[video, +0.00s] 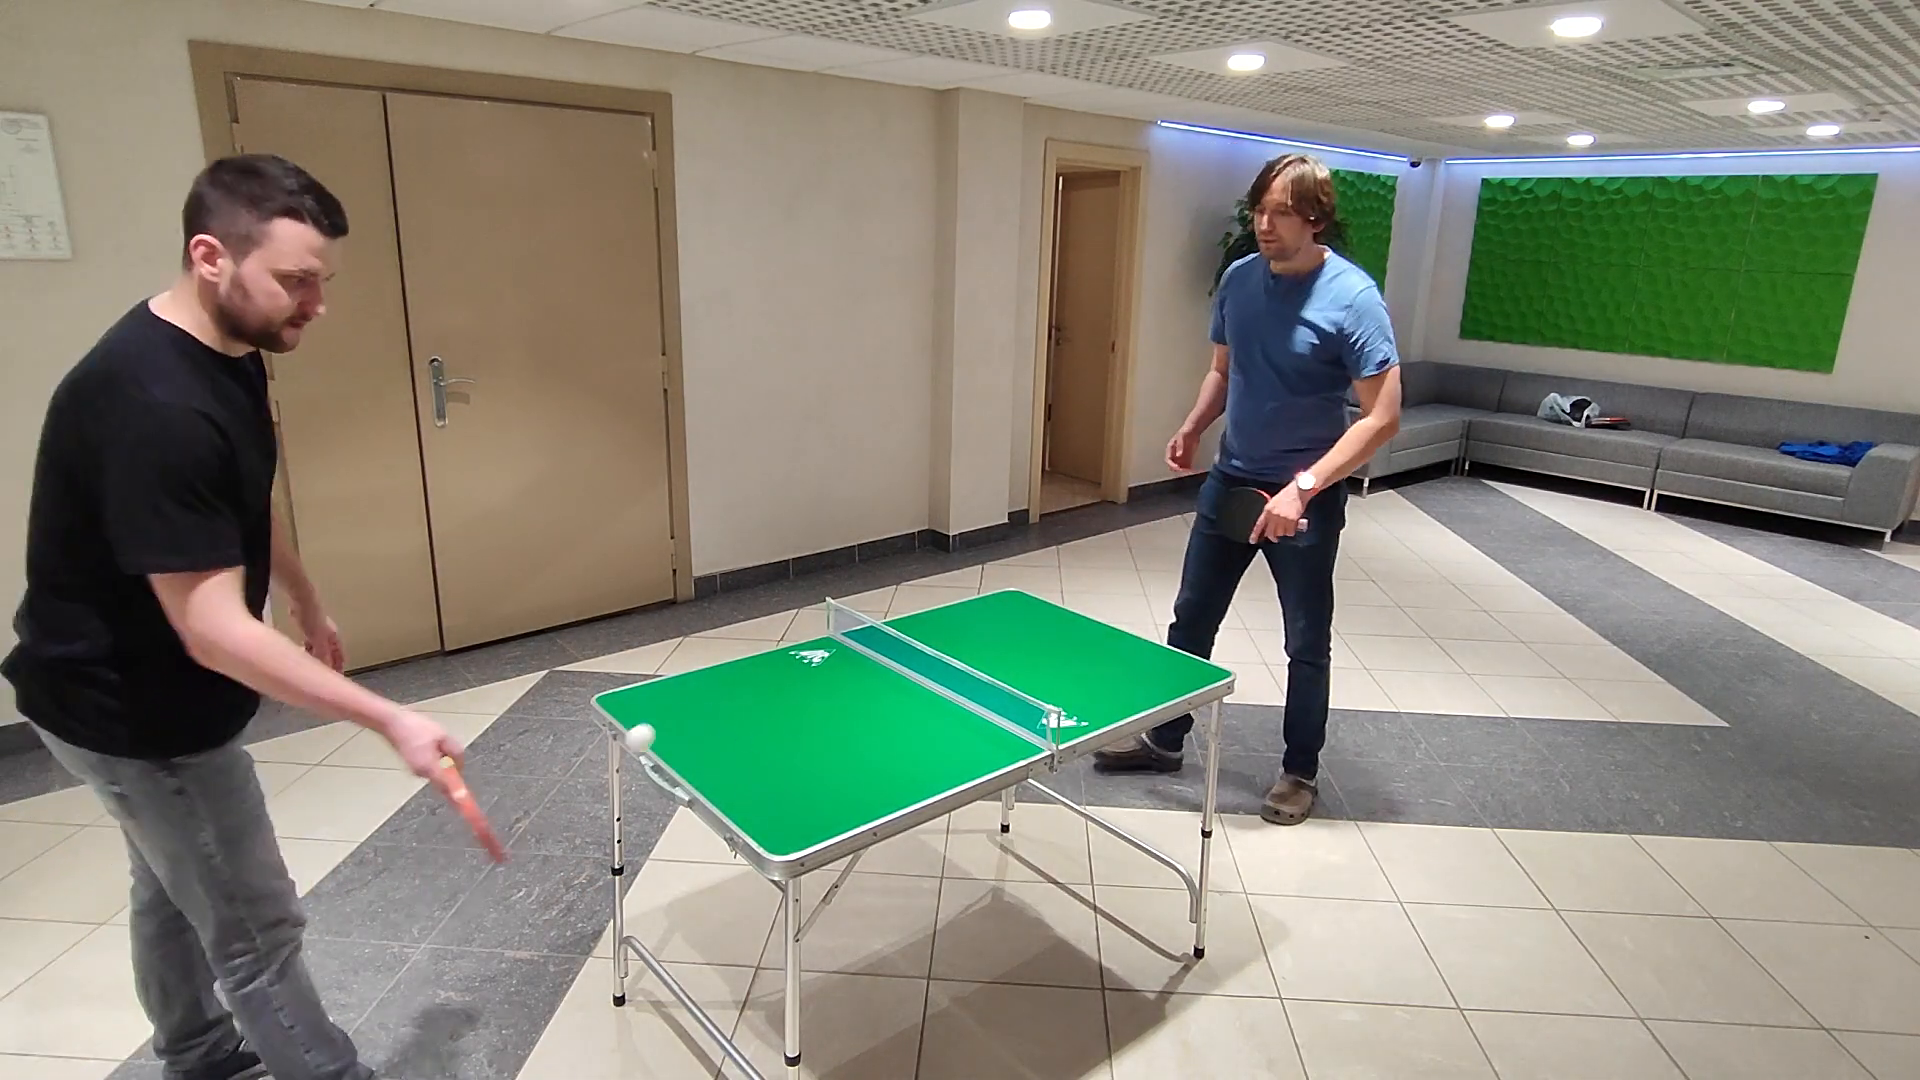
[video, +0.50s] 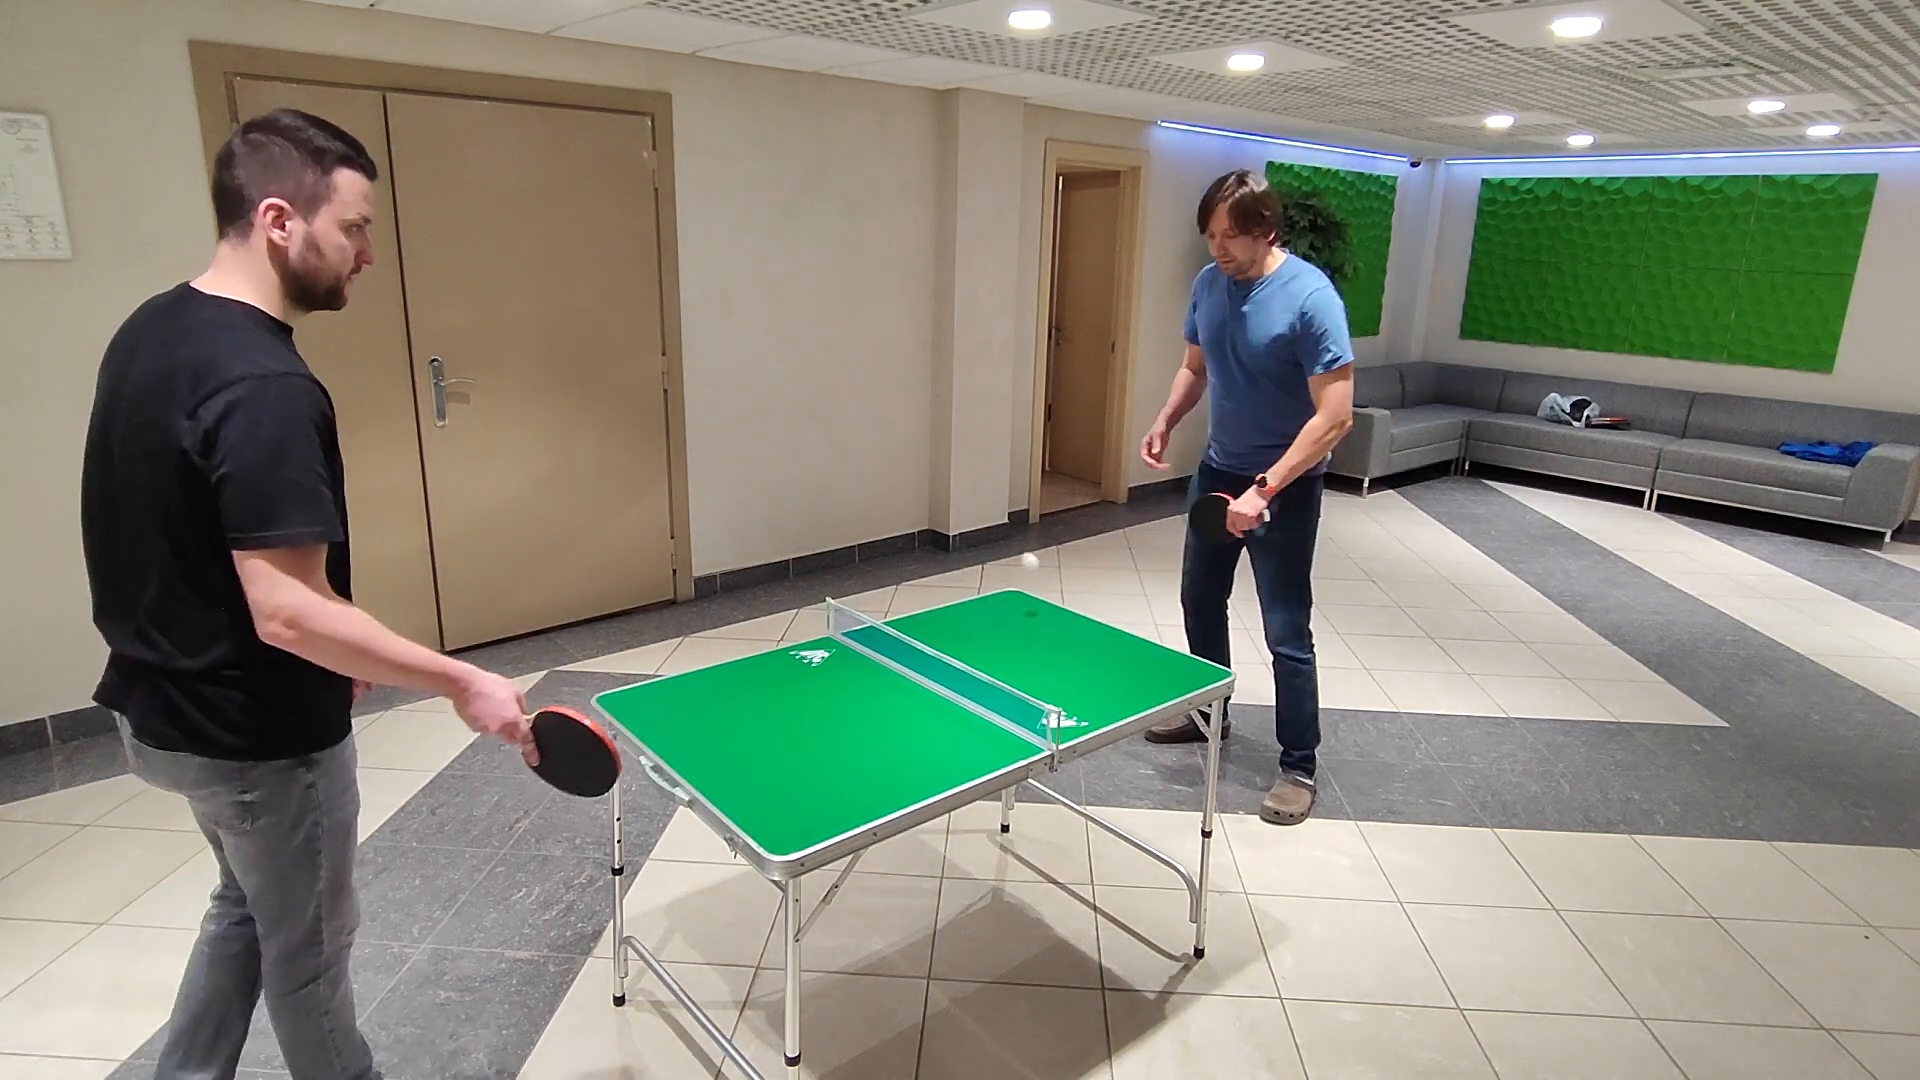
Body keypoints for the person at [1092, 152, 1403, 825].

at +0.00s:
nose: (1263, 224)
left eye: (1280, 214)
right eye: (1260, 211)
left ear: (1317, 222)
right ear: (1254, 214)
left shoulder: (1354, 296)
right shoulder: (1241, 277)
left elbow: (1385, 415)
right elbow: (1221, 370)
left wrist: (1303, 488)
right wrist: (1193, 425)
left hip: (1307, 493)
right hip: (1234, 478)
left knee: (1306, 644)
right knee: (1191, 619)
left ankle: (1298, 774)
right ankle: (1163, 739)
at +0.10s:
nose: (1269, 225)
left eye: (1285, 215)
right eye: (1264, 212)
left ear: (1319, 223)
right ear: (1258, 214)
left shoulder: (1354, 298)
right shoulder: (1240, 276)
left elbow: (1396, 412)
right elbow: (1223, 363)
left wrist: (1324, 489)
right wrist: (1200, 418)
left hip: (1307, 487)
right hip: (1235, 475)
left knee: (1306, 642)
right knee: (1194, 610)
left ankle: (1298, 773)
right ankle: (1185, 723)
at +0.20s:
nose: (1266, 231)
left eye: (1280, 221)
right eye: (1261, 218)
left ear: (1315, 225)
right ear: (1253, 216)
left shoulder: (1350, 296)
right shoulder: (1234, 276)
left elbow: (1397, 406)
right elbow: (1217, 364)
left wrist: (1333, 483)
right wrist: (1196, 419)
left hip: (1301, 483)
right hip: (1229, 472)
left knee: (1302, 639)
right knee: (1202, 602)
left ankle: (1298, 772)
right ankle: (1207, 709)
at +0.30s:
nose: (1253, 235)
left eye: (1267, 225)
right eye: (1247, 222)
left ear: (1302, 227)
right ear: (1241, 220)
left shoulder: (1340, 295)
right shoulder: (1226, 277)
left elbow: (1386, 403)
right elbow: (1206, 366)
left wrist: (1324, 477)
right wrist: (1189, 421)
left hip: (1295, 483)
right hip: (1223, 474)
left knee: (1295, 635)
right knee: (1209, 607)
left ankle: (1298, 773)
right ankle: (1209, 710)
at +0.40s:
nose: (1232, 240)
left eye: (1246, 228)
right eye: (1227, 227)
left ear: (1283, 228)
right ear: (1223, 225)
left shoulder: (1327, 294)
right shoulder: (1216, 282)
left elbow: (1365, 406)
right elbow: (1195, 368)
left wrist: (1296, 484)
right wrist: (1177, 423)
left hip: (1289, 484)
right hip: (1219, 474)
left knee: (1287, 636)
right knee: (1204, 606)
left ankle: (1298, 771)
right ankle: (1208, 712)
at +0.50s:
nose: (1215, 248)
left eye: (1227, 237)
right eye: (1210, 236)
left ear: (1265, 233)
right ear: (1209, 233)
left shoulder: (1312, 299)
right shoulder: (1209, 283)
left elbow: (1336, 416)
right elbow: (1196, 367)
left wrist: (1263, 490)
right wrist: (1165, 421)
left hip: (1286, 486)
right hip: (1220, 474)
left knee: (1286, 635)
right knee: (1200, 604)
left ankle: (1297, 771)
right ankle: (1206, 712)